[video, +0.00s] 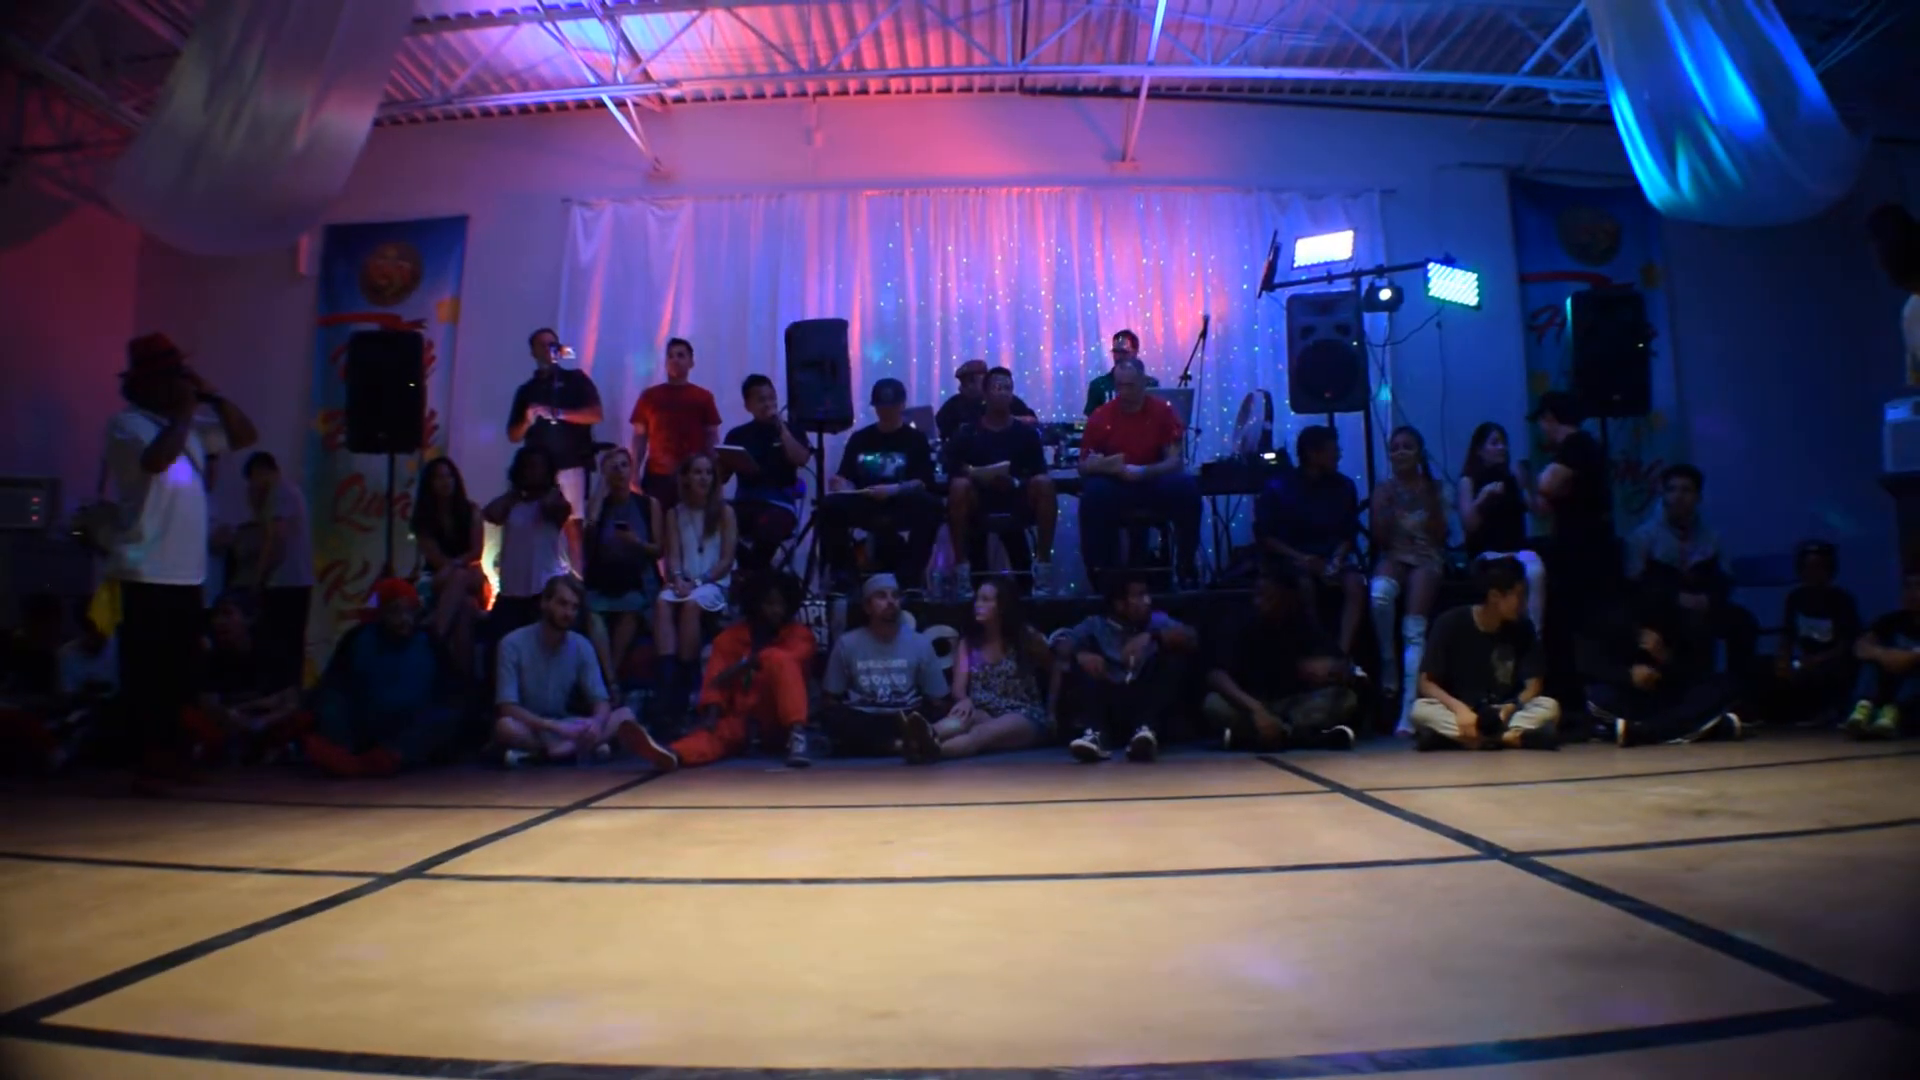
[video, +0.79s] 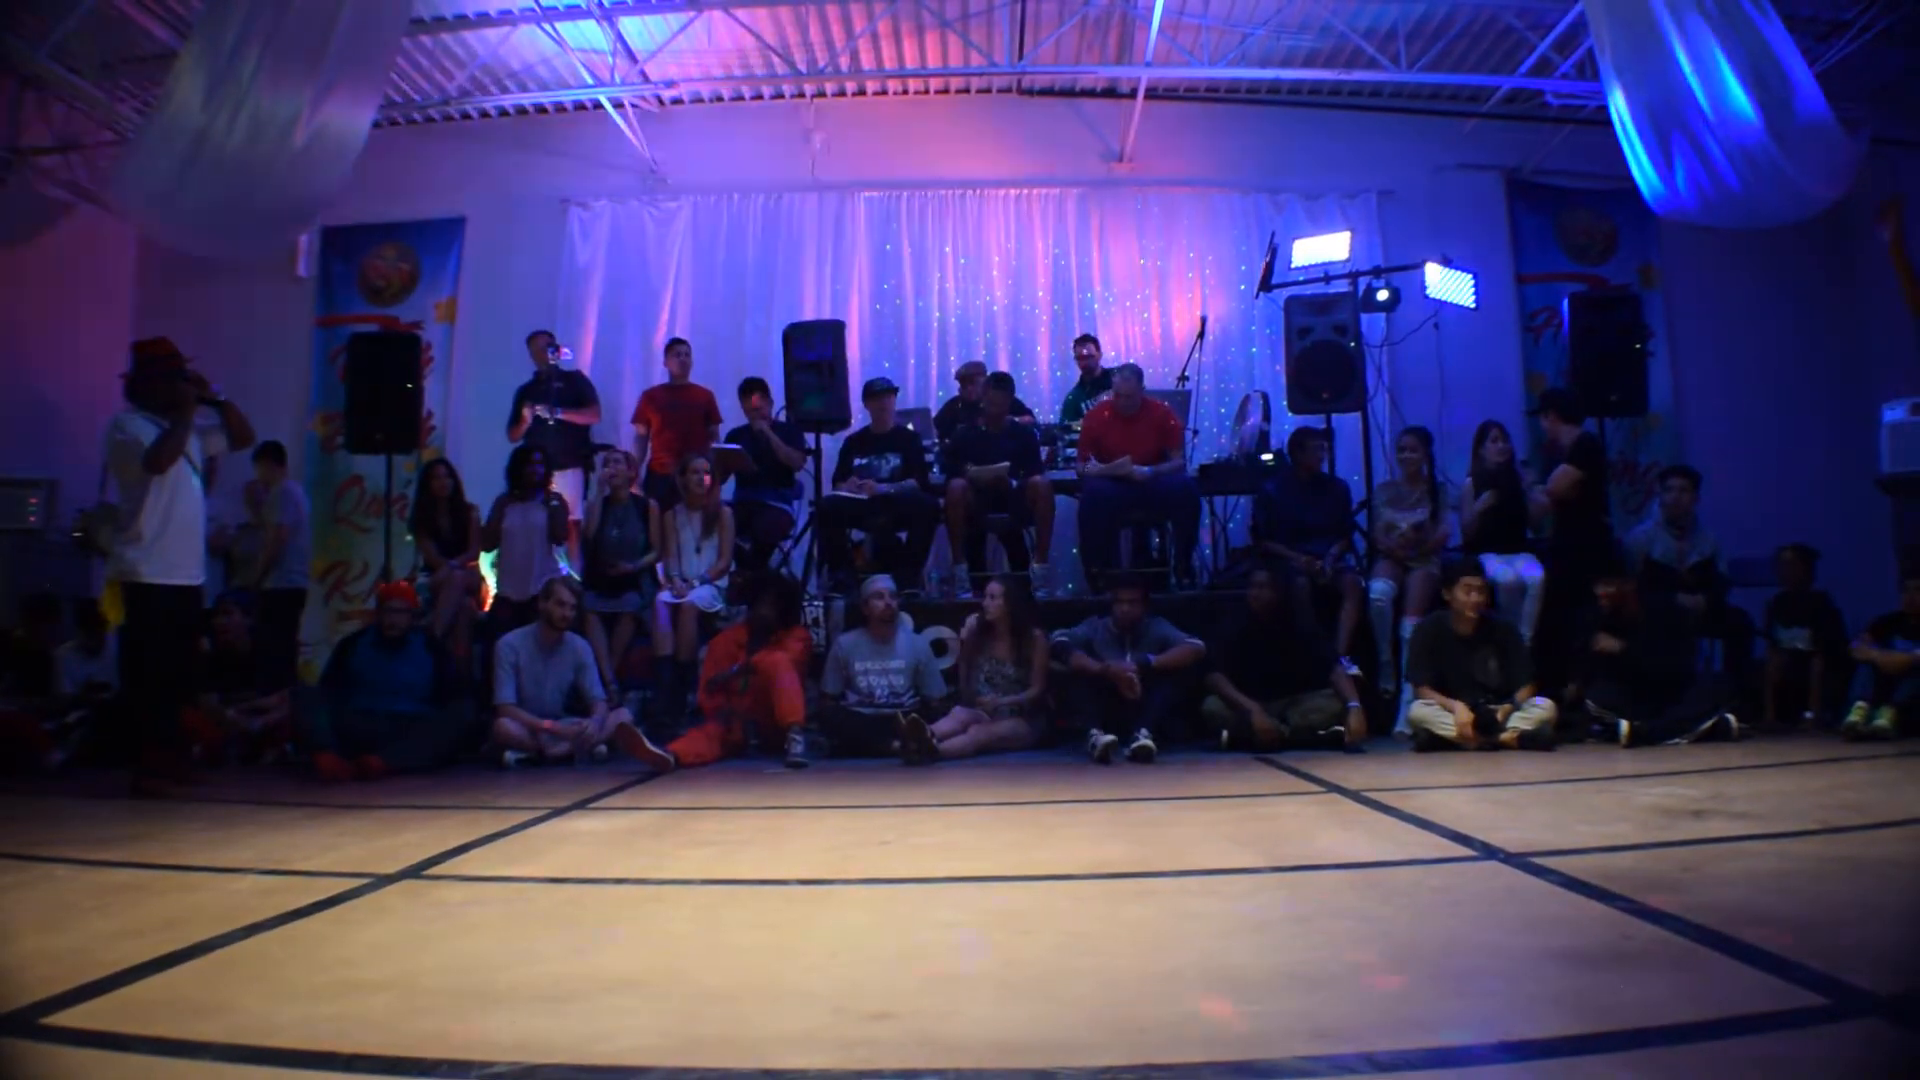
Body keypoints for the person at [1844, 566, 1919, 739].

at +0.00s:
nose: (1912, 595)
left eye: (1915, 588)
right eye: (1909, 588)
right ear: (1903, 591)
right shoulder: (1894, 619)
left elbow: (1909, 657)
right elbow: (1861, 647)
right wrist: (1888, 656)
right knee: (1871, 662)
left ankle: (1892, 711)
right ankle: (1863, 705)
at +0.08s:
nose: (1911, 595)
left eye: (1915, 589)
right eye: (1908, 589)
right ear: (1903, 592)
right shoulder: (1894, 619)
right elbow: (1860, 647)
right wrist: (1885, 656)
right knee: (1870, 663)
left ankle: (1891, 711)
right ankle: (1862, 705)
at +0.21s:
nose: (1913, 595)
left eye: (1916, 589)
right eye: (1909, 589)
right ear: (1903, 593)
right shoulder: (1893, 620)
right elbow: (1859, 648)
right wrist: (1885, 656)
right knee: (1870, 661)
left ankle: (1891, 712)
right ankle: (1862, 706)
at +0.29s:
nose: (1913, 595)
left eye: (1916, 589)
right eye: (1909, 589)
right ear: (1903, 592)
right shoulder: (1894, 619)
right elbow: (1857, 648)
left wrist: (1905, 658)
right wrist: (1883, 656)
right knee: (1869, 663)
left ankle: (1891, 712)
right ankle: (1860, 706)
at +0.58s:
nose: (1911, 597)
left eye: (1915, 591)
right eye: (1907, 591)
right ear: (1901, 594)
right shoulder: (1889, 621)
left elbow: (1912, 657)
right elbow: (1857, 647)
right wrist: (1884, 658)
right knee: (1867, 664)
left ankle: (1889, 712)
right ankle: (1859, 707)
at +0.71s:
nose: (1911, 598)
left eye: (1915, 591)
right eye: (1907, 591)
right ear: (1901, 594)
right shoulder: (1890, 620)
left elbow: (1912, 658)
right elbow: (1857, 647)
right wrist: (1885, 658)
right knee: (1867, 663)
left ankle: (1889, 712)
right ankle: (1860, 707)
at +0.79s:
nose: (1911, 598)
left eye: (1915, 592)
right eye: (1907, 591)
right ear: (1902, 594)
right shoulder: (1891, 620)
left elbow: (1912, 658)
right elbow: (1857, 647)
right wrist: (1885, 658)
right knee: (1867, 665)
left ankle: (1889, 712)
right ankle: (1859, 708)